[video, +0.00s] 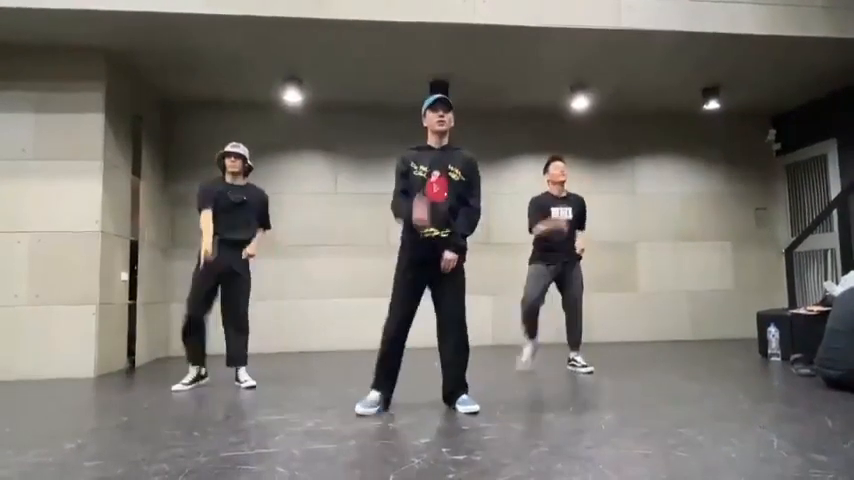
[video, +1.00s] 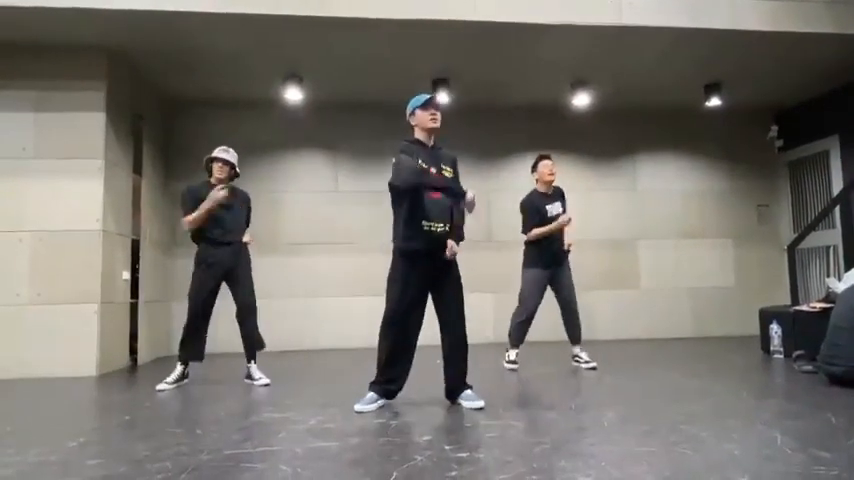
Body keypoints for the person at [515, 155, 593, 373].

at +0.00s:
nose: (562, 172)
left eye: (563, 169)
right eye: (557, 169)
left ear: (567, 174)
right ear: (547, 175)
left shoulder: (577, 202)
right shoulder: (537, 202)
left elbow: (580, 230)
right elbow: (534, 229)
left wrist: (579, 245)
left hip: (569, 261)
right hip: (542, 261)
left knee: (574, 305)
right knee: (530, 301)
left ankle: (574, 354)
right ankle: (531, 341)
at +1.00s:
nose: (552, 171)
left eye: (553, 168)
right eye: (547, 168)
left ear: (554, 172)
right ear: (536, 174)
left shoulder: (559, 193)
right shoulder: (529, 202)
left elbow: (561, 220)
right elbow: (529, 233)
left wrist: (565, 239)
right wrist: (557, 224)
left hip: (559, 260)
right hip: (536, 263)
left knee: (569, 304)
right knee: (527, 306)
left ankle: (577, 350)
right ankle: (513, 350)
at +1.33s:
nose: (537, 178)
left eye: (538, 175)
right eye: (532, 175)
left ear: (540, 179)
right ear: (522, 180)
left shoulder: (545, 208)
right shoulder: (511, 207)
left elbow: (546, 233)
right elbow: (503, 236)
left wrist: (551, 245)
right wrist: (532, 240)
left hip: (545, 267)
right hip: (520, 270)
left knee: (563, 306)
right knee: (514, 313)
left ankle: (574, 351)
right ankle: (510, 354)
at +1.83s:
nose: (543, 179)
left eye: (546, 176)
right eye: (539, 176)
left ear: (552, 180)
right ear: (532, 182)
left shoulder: (566, 208)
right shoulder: (525, 212)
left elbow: (579, 236)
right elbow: (521, 239)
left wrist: (564, 251)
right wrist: (525, 251)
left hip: (557, 273)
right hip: (531, 274)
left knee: (573, 311)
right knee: (522, 313)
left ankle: (584, 352)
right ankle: (512, 355)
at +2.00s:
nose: (556, 178)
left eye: (558, 175)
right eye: (551, 175)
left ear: (562, 179)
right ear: (542, 180)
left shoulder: (570, 203)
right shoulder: (532, 207)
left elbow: (577, 230)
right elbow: (518, 234)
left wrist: (580, 244)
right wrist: (532, 246)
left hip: (571, 266)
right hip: (545, 269)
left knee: (581, 308)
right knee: (532, 312)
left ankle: (585, 352)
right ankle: (519, 354)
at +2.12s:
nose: (562, 182)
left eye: (563, 179)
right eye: (557, 179)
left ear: (567, 184)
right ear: (547, 186)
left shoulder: (570, 212)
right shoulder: (541, 211)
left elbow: (574, 236)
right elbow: (546, 244)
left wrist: (579, 252)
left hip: (573, 271)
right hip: (550, 273)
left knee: (587, 311)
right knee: (540, 314)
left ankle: (587, 355)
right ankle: (520, 355)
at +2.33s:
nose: (557, 176)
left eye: (559, 173)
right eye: (552, 173)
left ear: (562, 178)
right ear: (542, 178)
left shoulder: (571, 202)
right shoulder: (531, 206)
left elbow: (579, 232)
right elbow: (526, 235)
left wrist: (577, 222)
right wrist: (545, 232)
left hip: (565, 268)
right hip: (536, 269)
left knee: (577, 310)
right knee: (524, 314)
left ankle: (587, 355)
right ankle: (517, 355)